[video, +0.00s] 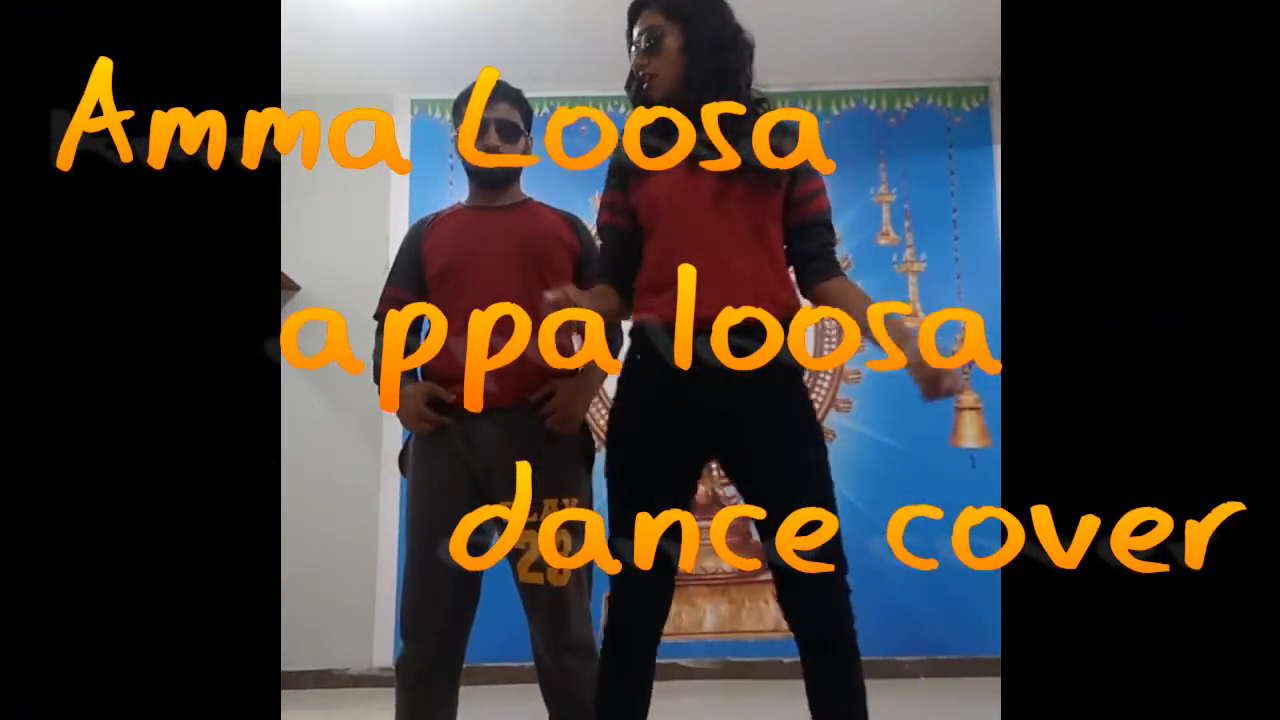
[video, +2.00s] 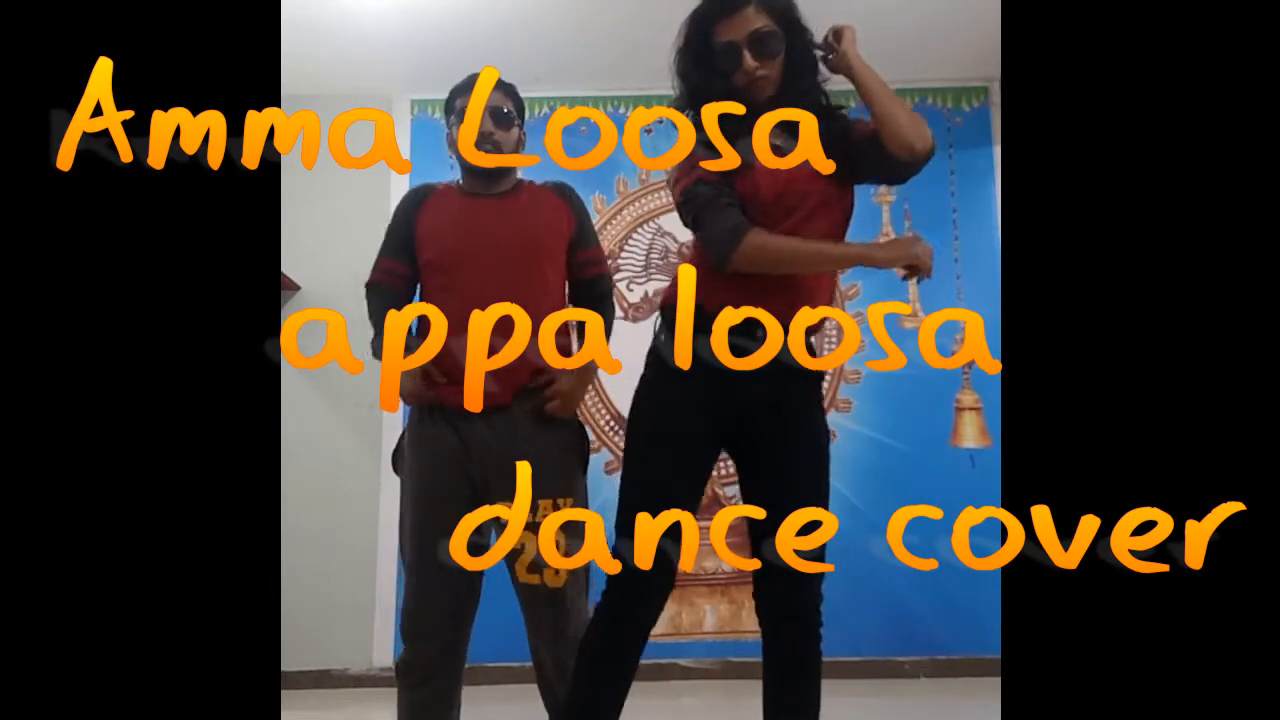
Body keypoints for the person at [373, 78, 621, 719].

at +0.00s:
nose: (496, 141)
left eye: (510, 131)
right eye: (483, 130)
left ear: (529, 145)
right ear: (459, 140)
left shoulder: (568, 230)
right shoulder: (426, 235)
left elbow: (607, 317)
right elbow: (386, 334)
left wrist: (590, 378)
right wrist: (398, 389)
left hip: (546, 438)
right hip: (447, 442)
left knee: (563, 623)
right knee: (430, 625)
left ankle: (580, 719)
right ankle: (422, 719)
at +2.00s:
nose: (491, 129)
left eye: (504, 117)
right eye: (476, 117)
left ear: (521, 131)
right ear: (452, 129)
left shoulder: (559, 204)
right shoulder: (420, 206)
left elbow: (596, 294)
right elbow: (384, 292)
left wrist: (583, 366)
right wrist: (406, 357)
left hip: (540, 428)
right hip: (441, 432)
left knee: (559, 609)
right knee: (432, 611)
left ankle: (578, 716)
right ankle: (424, 718)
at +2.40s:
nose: (490, 131)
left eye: (504, 119)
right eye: (474, 119)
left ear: (522, 134)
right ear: (452, 133)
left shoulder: (566, 225)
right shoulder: (418, 229)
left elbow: (601, 324)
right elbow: (385, 324)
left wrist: (585, 391)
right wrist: (395, 381)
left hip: (547, 444)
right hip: (444, 445)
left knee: (567, 632)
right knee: (430, 637)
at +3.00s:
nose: (493, 131)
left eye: (507, 120)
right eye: (478, 119)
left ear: (525, 136)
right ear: (455, 133)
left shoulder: (567, 224)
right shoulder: (419, 227)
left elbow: (606, 321)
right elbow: (384, 320)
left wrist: (590, 389)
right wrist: (393, 376)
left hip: (543, 441)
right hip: (441, 443)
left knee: (563, 628)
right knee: (429, 631)